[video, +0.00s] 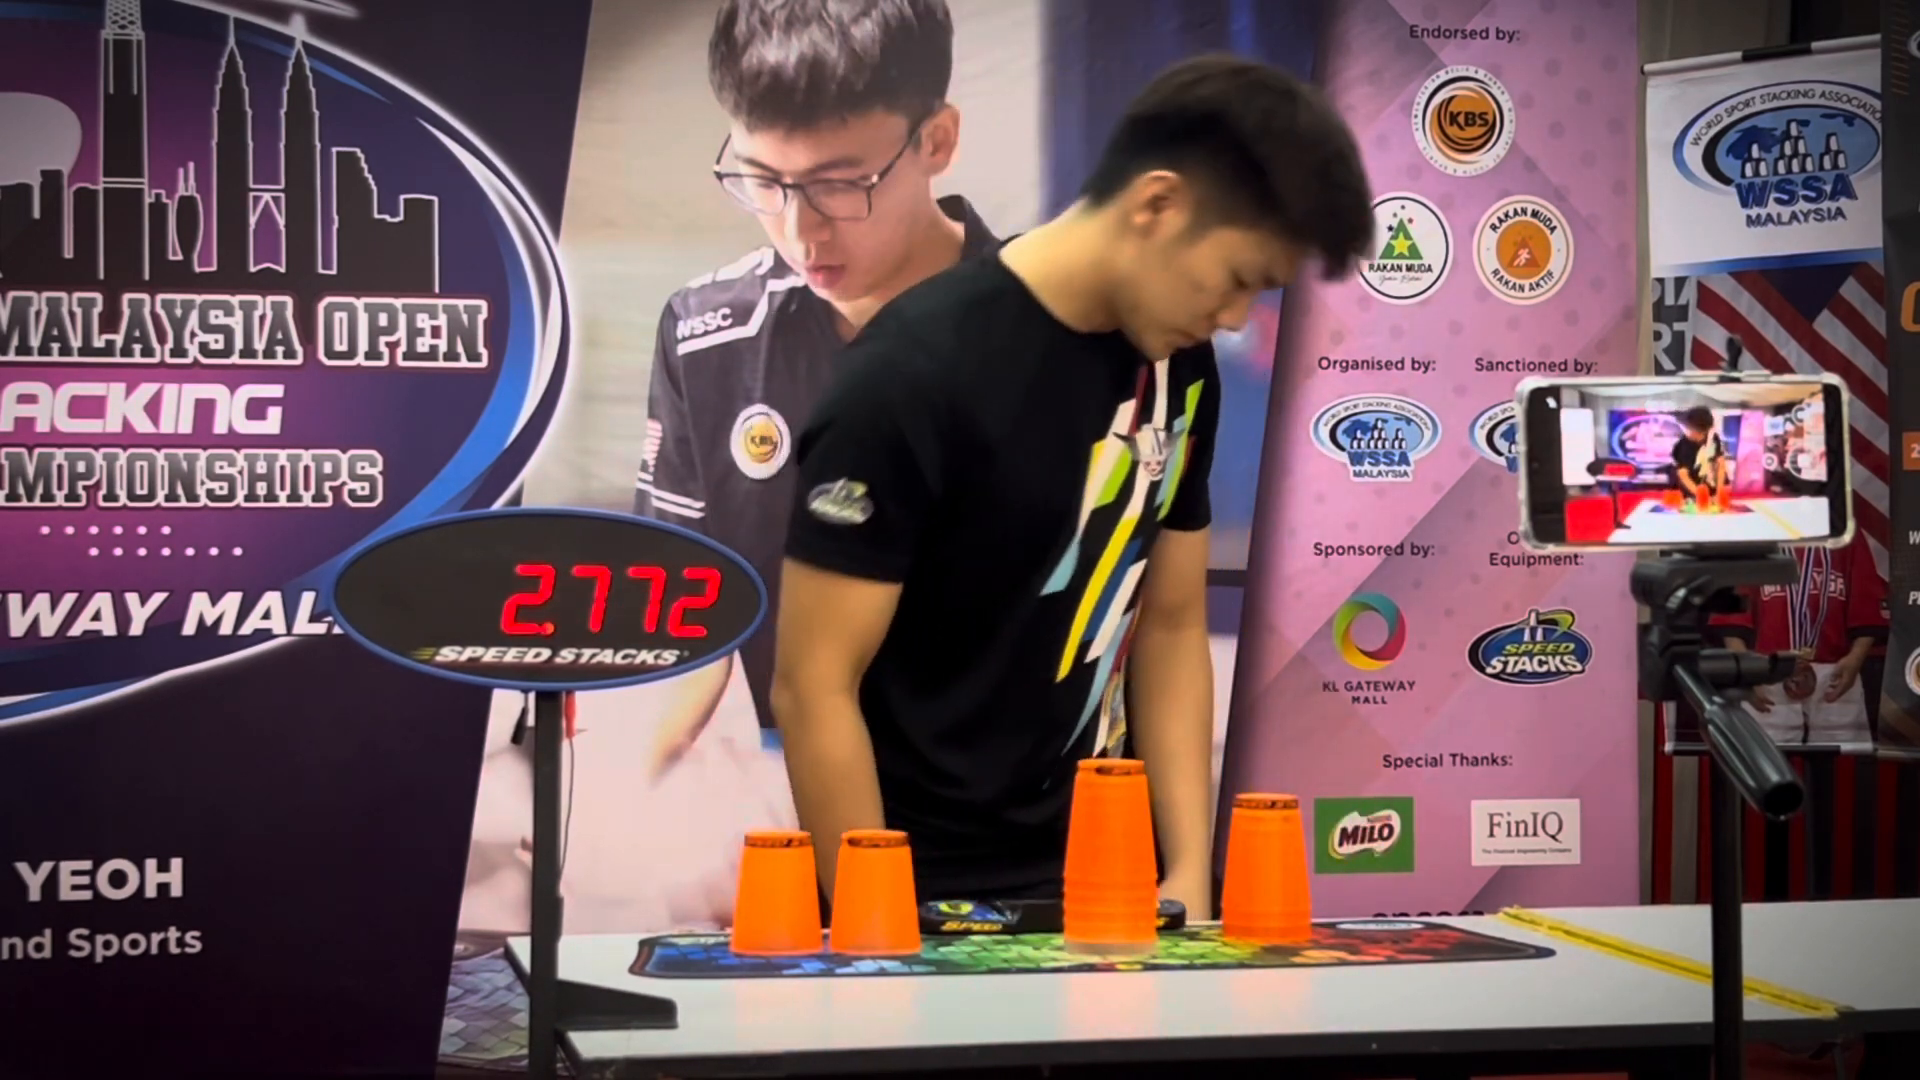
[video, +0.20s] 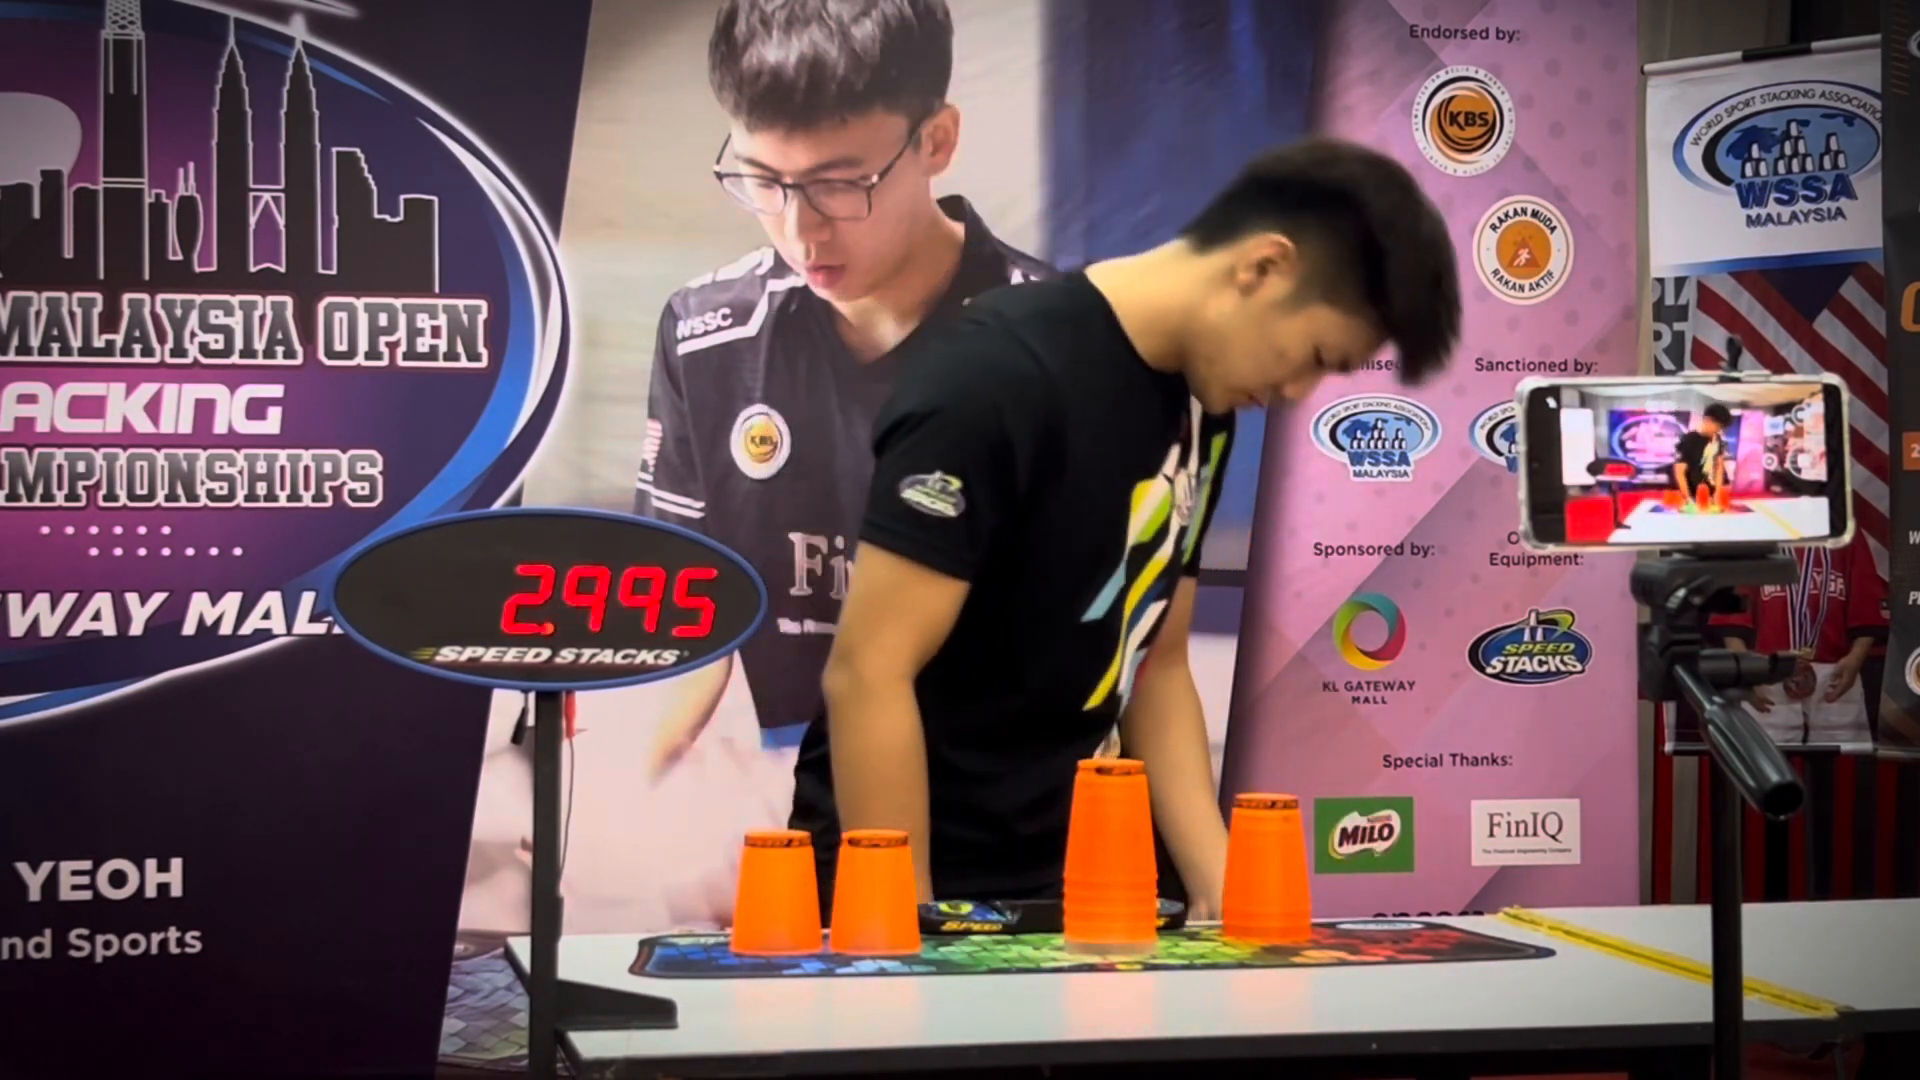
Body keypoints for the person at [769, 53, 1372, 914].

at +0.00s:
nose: (1235, 322)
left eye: (1258, 294)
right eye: (1239, 281)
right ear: (1153, 206)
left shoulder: (1174, 359)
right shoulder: (909, 374)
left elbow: (1171, 625)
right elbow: (812, 685)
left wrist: (1187, 869)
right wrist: (873, 941)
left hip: (1073, 903)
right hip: (911, 917)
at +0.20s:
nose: (1299, 392)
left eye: (1325, 372)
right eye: (1317, 358)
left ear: (1259, 270)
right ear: (1260, 269)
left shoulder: (1201, 392)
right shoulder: (987, 373)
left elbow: (1158, 662)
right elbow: (864, 674)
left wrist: (1224, 900)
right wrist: (893, 935)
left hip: (1054, 902)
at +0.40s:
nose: (1299, 460)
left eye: (1330, 448)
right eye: (1309, 424)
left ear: (1268, 320)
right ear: (1267, 318)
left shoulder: (1275, 435)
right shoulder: (1005, 383)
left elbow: (1218, 677)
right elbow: (868, 670)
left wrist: (1243, 917)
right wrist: (880, 939)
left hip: (1102, 859)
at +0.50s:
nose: (1250, 485)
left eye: (1288, 474)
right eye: (1251, 443)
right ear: (1207, 338)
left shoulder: (1277, 451)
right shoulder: (966, 410)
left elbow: (1235, 675)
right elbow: (844, 695)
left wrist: (1247, 920)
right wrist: (874, 952)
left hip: (1094, 844)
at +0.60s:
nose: (1191, 522)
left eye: (1226, 509)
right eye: (1186, 484)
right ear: (1135, 378)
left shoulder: (1226, 471)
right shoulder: (910, 468)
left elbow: (1204, 689)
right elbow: (803, 765)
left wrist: (1242, 923)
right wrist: (837, 989)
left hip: (1031, 862)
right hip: (847, 856)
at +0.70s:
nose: (1120, 584)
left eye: (1151, 564)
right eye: (1115, 547)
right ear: (1054, 443)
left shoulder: (1151, 518)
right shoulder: (844, 553)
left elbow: (1149, 704)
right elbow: (767, 892)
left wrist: (1186, 918)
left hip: (1013, 924)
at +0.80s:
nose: (1059, 642)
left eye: (1090, 620)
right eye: (1049, 607)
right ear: (974, 518)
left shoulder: (1083, 570)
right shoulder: (787, 633)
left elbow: (1103, 728)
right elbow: (723, 922)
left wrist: (1126, 902)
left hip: (999, 895)